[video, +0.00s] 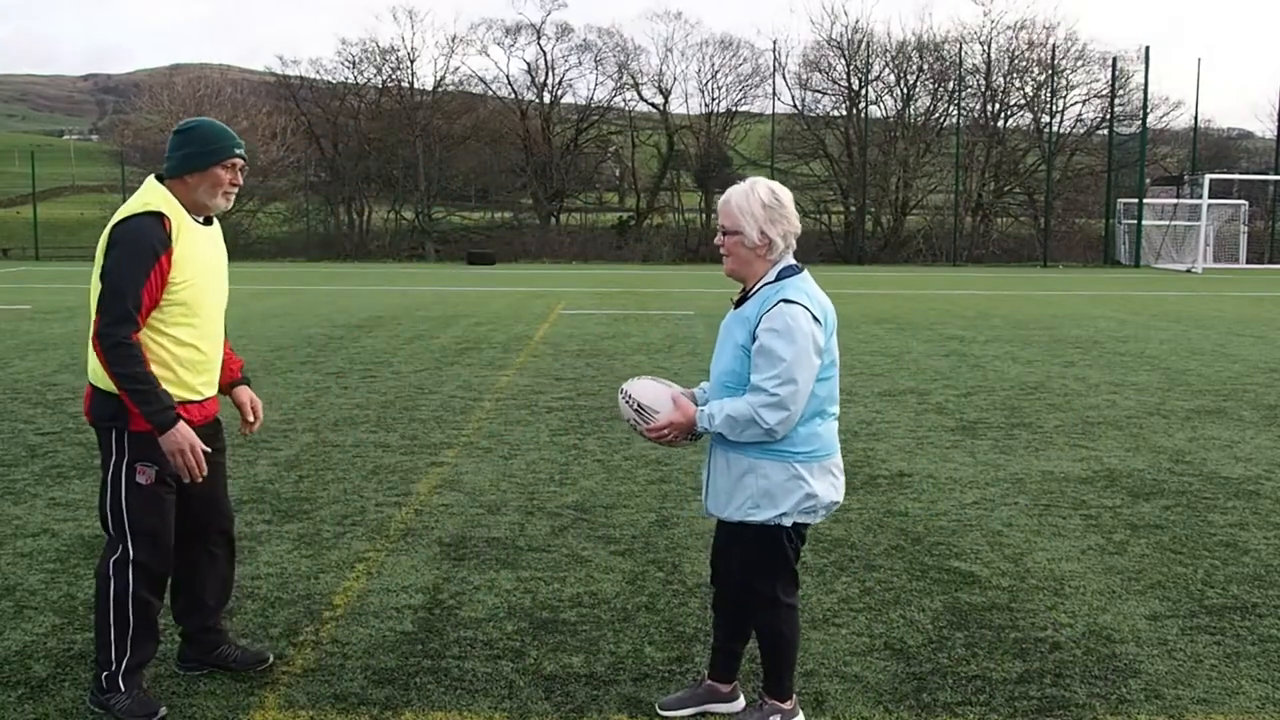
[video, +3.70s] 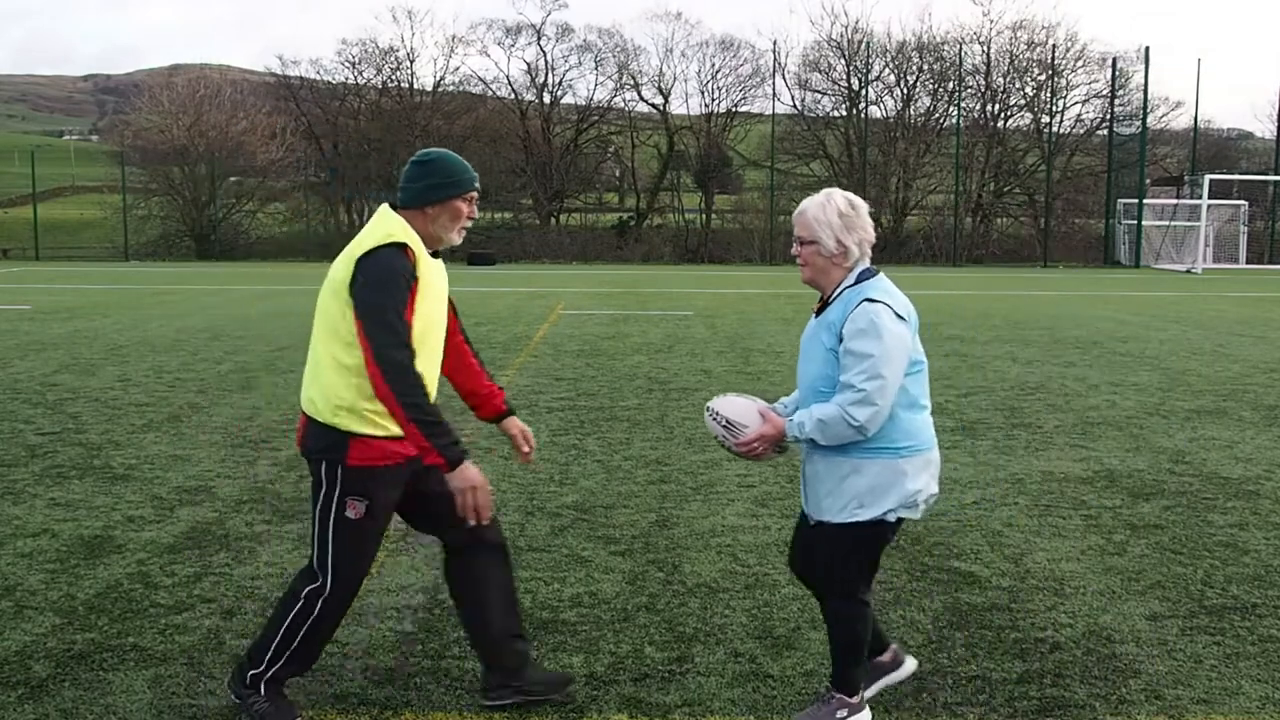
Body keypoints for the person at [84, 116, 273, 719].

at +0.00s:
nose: (237, 181)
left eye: (240, 171)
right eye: (228, 170)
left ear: (215, 174)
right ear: (188, 168)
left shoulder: (206, 227)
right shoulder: (144, 225)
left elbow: (199, 320)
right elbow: (113, 334)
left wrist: (235, 381)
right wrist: (165, 421)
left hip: (196, 410)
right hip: (137, 415)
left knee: (206, 532)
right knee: (138, 549)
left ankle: (204, 643)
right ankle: (118, 682)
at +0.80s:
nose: (285, 179)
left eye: (288, 169)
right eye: (276, 168)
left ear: (272, 172)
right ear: (239, 166)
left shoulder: (256, 223)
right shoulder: (193, 220)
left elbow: (260, 311)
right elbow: (162, 323)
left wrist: (286, 384)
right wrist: (207, 413)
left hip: (240, 409)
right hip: (189, 413)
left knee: (235, 538)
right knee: (201, 549)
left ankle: (216, 644)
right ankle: (193, 692)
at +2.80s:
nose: (304, 176)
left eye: (306, 165)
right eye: (295, 165)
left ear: (280, 168)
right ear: (254, 164)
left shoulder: (271, 222)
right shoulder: (212, 224)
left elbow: (276, 320)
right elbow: (201, 337)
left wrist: (304, 390)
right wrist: (244, 430)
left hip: (272, 416)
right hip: (215, 422)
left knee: (276, 549)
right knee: (217, 557)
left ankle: (268, 665)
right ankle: (210, 679)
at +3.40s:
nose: (387, 187)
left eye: (389, 176)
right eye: (378, 175)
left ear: (354, 182)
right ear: (339, 177)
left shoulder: (347, 231)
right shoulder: (290, 232)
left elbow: (348, 325)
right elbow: (264, 342)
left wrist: (370, 402)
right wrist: (296, 444)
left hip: (322, 422)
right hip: (272, 425)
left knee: (311, 553)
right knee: (292, 560)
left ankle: (274, 663)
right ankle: (248, 678)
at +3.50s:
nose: (404, 199)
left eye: (406, 187)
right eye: (395, 187)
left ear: (367, 192)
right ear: (356, 188)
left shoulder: (365, 240)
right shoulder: (307, 245)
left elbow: (375, 331)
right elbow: (284, 359)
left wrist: (401, 408)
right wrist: (325, 456)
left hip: (351, 430)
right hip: (291, 436)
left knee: (378, 540)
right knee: (304, 572)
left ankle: (293, 643)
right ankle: (248, 686)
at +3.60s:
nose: (432, 212)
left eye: (434, 200)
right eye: (424, 200)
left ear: (389, 204)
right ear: (385, 201)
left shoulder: (387, 250)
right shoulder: (339, 259)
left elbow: (406, 341)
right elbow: (328, 377)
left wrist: (443, 413)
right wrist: (377, 469)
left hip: (377, 433)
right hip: (320, 442)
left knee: (438, 529)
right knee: (312, 584)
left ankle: (377, 651)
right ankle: (253, 687)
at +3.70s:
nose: (473, 214)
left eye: (474, 202)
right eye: (464, 202)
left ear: (429, 207)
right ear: (427, 203)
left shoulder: (423, 259)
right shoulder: (386, 259)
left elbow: (451, 346)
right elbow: (394, 375)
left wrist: (500, 412)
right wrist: (453, 460)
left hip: (403, 437)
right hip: (353, 441)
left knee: (473, 526)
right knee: (334, 577)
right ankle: (257, 682)